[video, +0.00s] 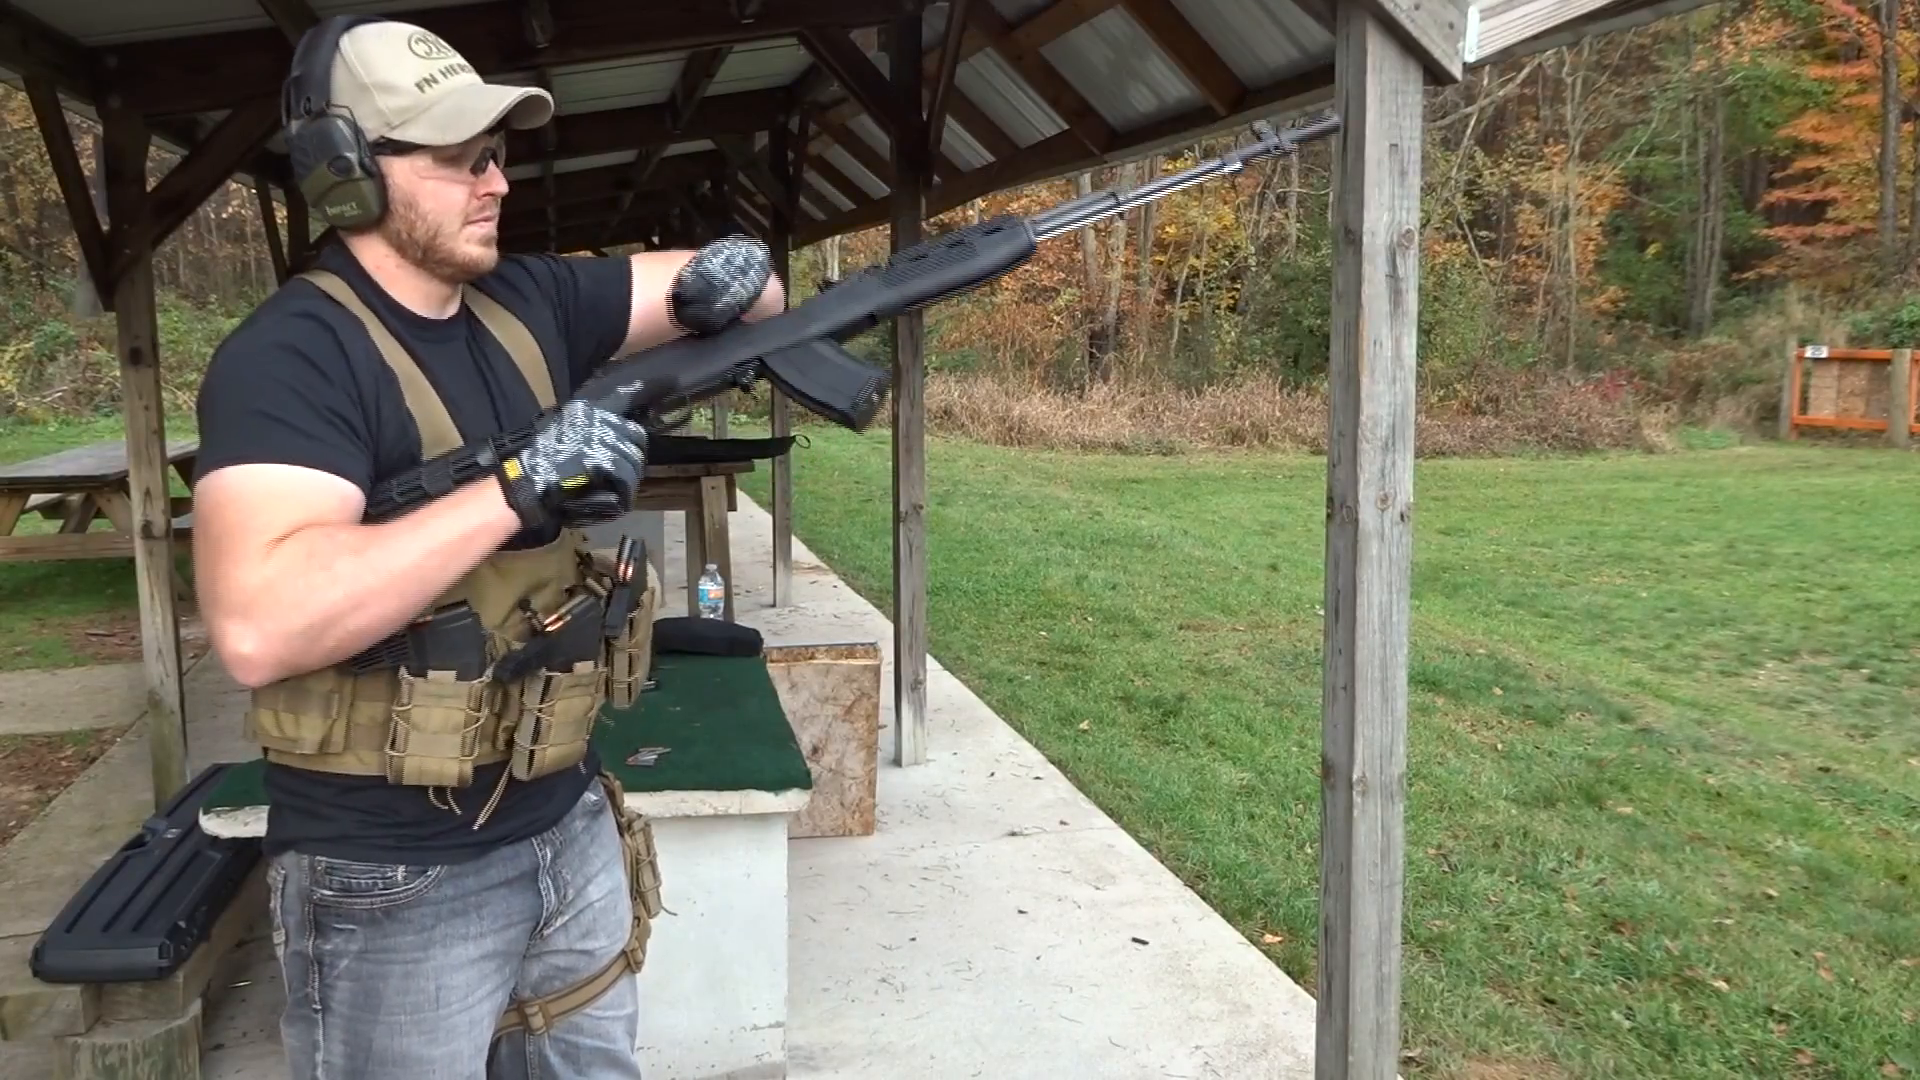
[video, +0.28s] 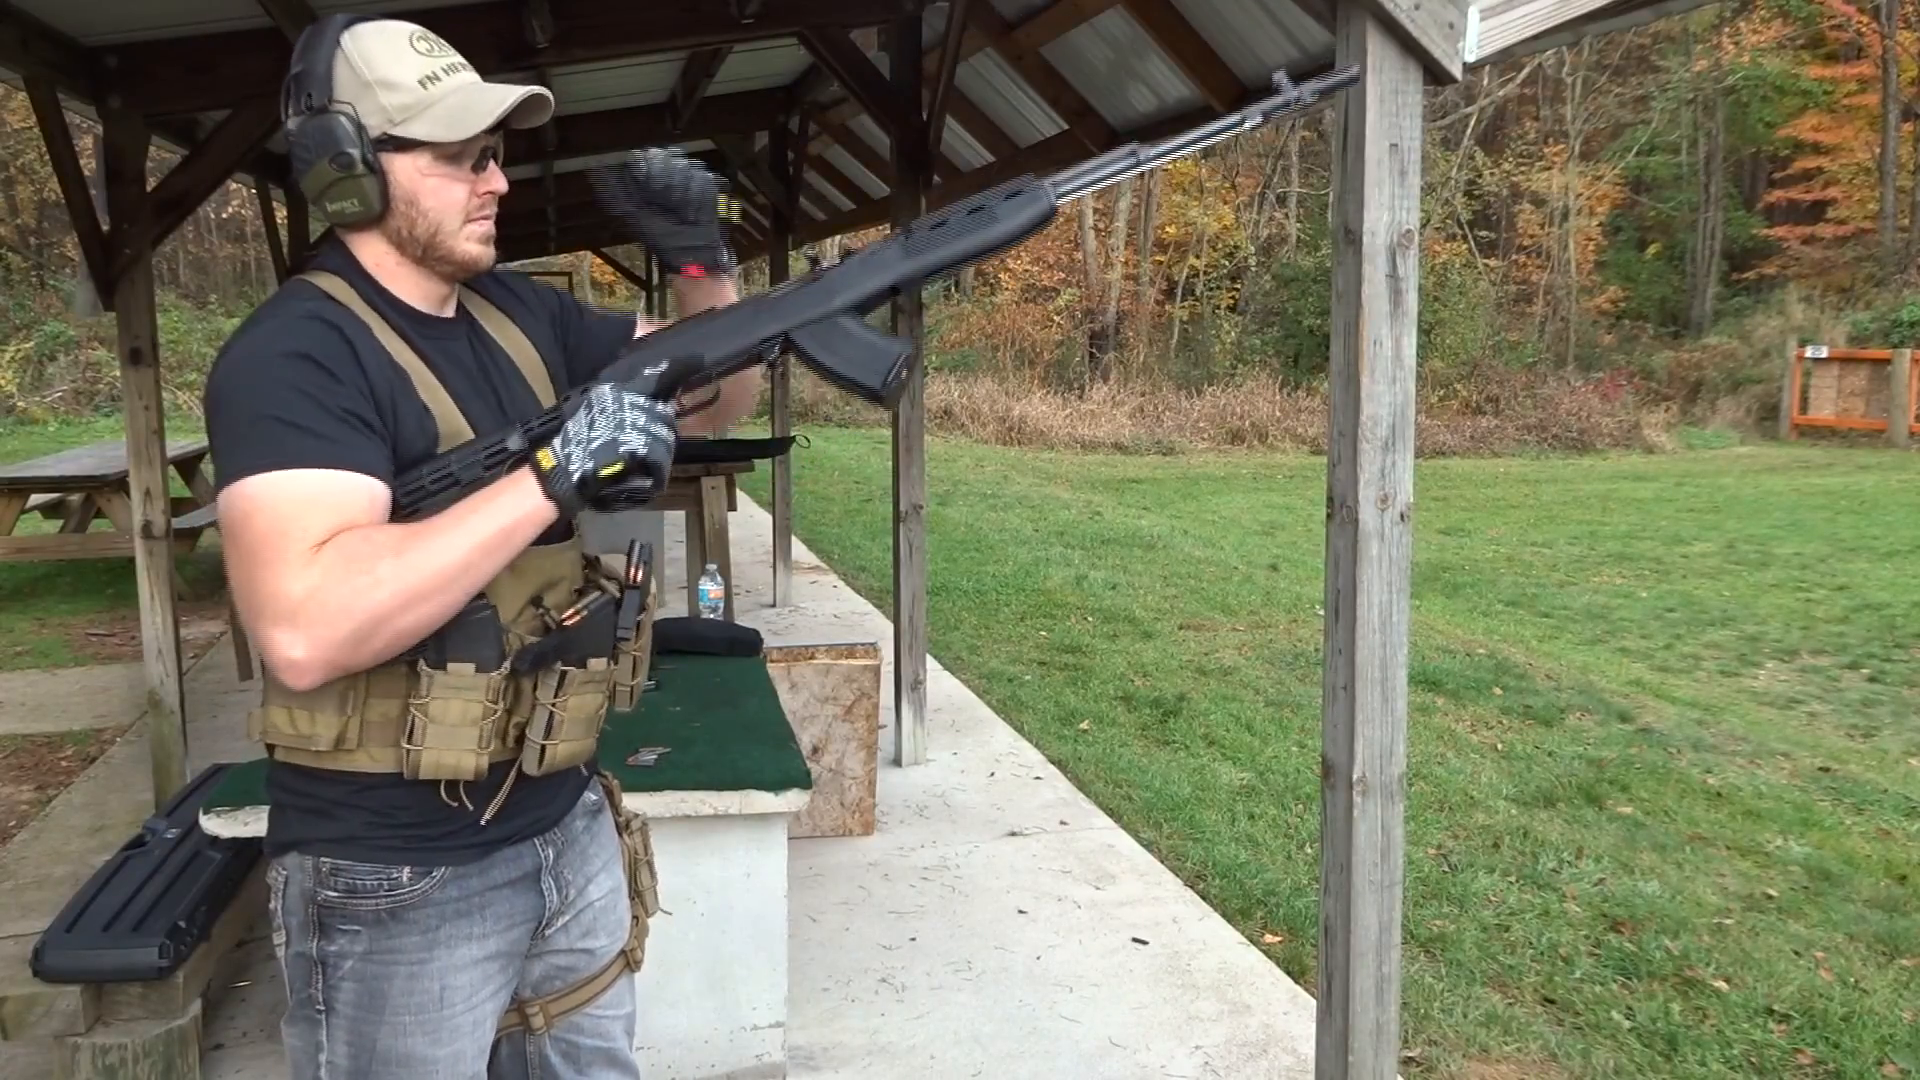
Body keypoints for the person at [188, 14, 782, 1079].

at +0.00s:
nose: (497, 180)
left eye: (495, 152)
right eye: (456, 157)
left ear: (497, 161)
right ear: (350, 175)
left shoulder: (528, 304)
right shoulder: (291, 355)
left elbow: (738, 296)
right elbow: (259, 626)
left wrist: (738, 280)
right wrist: (519, 487)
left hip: (572, 837)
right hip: (396, 888)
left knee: (596, 1064)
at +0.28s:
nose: (498, 180)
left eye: (495, 153)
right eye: (459, 157)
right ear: (350, 175)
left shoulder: (524, 312)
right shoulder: (293, 357)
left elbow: (708, 402)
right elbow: (305, 630)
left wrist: (698, 262)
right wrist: (552, 474)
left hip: (571, 836)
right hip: (397, 888)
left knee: (593, 1064)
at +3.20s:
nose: (672, 347)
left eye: (679, 323)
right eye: (646, 321)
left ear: (673, 301)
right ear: (548, 297)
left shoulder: (628, 397)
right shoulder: (396, 380)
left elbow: (846, 479)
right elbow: (495, 598)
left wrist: (1025, 399)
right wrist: (690, 427)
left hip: (582, 843)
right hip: (387, 886)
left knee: (704, 1064)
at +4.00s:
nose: (668, 350)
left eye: (674, 327)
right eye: (641, 326)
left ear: (668, 303)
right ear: (542, 303)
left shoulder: (627, 397)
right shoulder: (394, 379)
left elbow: (835, 479)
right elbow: (489, 598)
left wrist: (1015, 402)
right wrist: (689, 429)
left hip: (578, 844)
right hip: (387, 889)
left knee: (702, 1062)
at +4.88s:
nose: (657, 355)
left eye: (664, 331)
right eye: (630, 329)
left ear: (660, 304)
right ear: (532, 302)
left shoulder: (622, 399)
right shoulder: (383, 376)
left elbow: (833, 482)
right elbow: (469, 603)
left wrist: (1009, 407)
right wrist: (680, 435)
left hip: (577, 847)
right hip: (382, 893)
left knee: (697, 1060)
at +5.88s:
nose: (637, 353)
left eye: (646, 329)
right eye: (609, 328)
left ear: (651, 299)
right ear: (509, 300)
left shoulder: (618, 401)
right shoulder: (366, 377)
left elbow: (817, 481)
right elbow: (447, 602)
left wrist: (986, 402)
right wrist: (658, 434)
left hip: (574, 848)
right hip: (378, 892)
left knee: (698, 1064)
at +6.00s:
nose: (632, 349)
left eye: (640, 324)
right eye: (602, 325)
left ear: (646, 296)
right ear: (498, 298)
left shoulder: (611, 397)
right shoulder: (361, 380)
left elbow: (812, 481)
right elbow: (448, 602)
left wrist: (984, 401)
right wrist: (658, 433)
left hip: (575, 848)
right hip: (380, 893)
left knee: (697, 1065)